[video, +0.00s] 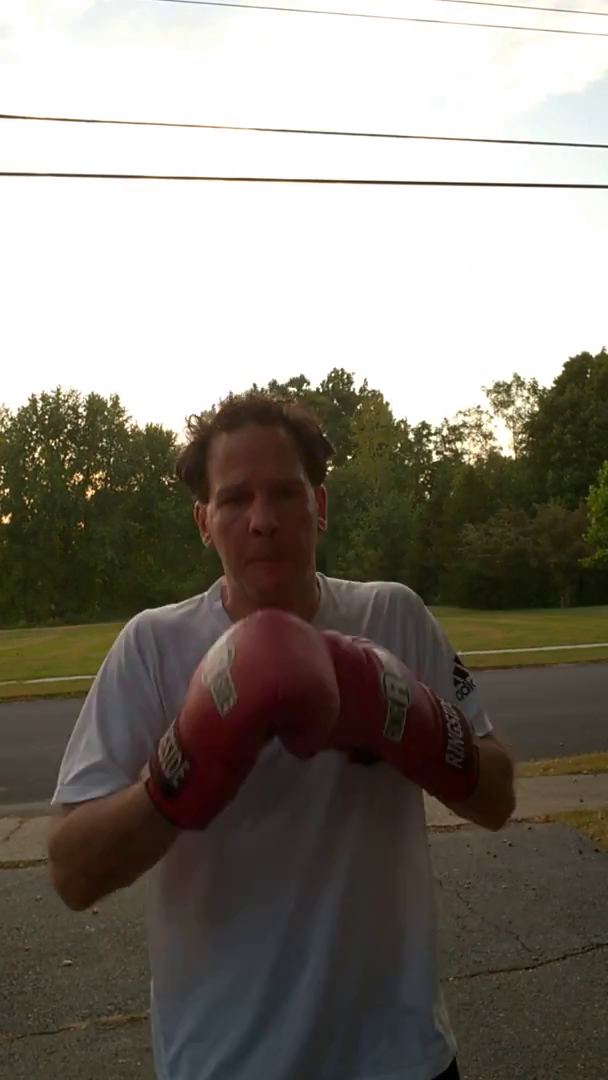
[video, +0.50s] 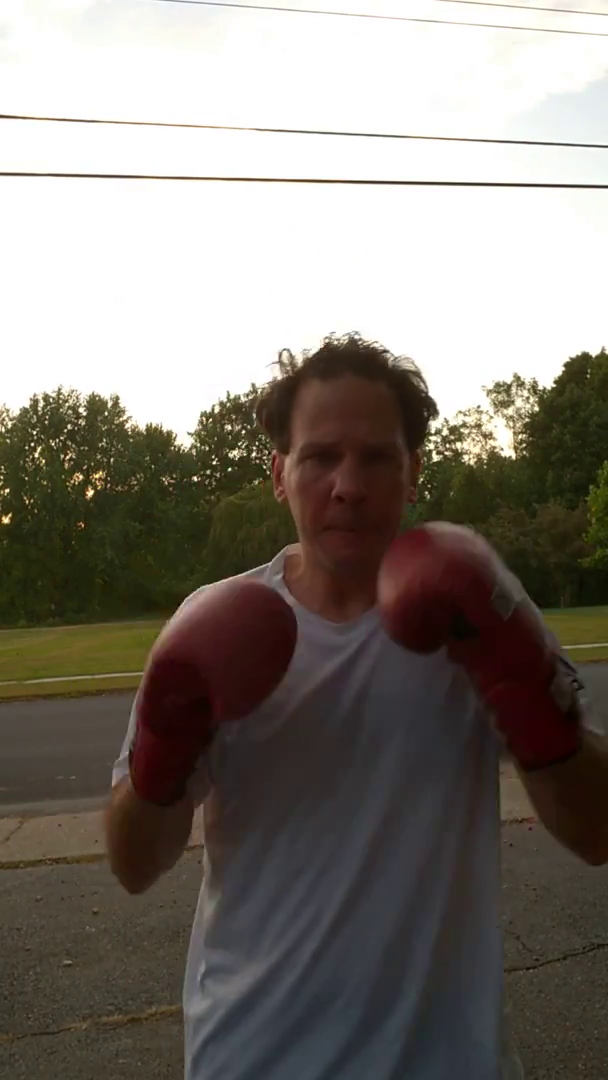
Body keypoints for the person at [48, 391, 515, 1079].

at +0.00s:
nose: (263, 520)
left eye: (284, 494)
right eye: (238, 498)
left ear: (320, 508)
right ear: (205, 522)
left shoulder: (393, 617)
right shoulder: (152, 646)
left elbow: (495, 801)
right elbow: (76, 876)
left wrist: (394, 719)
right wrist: (196, 761)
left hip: (390, 1042)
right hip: (218, 1053)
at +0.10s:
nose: (256, 496)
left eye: (278, 469)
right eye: (230, 472)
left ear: (314, 479)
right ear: (193, 490)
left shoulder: (386, 585)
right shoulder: (135, 621)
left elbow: (498, 754)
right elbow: (65, 845)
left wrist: (410, 701)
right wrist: (180, 770)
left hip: (392, 1029)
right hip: (216, 1043)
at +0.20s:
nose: (260, 493)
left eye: (284, 466)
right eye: (233, 468)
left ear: (318, 477)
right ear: (195, 485)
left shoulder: (391, 578)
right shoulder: (136, 611)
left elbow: (529, 748)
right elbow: (69, 843)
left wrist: (413, 663)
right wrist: (179, 727)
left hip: (393, 1027)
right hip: (214, 1041)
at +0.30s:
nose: (277, 512)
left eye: (301, 485)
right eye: (250, 485)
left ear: (336, 495)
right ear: (210, 500)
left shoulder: (410, 608)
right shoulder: (152, 637)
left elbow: (554, 803)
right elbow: (78, 879)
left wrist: (433, 686)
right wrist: (186, 731)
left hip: (399, 1043)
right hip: (219, 1049)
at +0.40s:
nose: (310, 503)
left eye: (334, 475)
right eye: (282, 477)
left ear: (368, 488)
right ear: (241, 498)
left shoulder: (451, 618)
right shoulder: (182, 640)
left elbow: (542, 845)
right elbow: (117, 895)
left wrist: (437, 721)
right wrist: (191, 764)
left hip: (422, 1046)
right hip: (236, 1051)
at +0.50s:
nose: (348, 485)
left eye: (376, 457)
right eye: (321, 457)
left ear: (412, 475)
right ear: (281, 477)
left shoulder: (475, 608)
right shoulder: (221, 624)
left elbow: (594, 838)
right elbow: (135, 868)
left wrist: (520, 680)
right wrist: (167, 746)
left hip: (439, 1044)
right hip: (253, 1044)